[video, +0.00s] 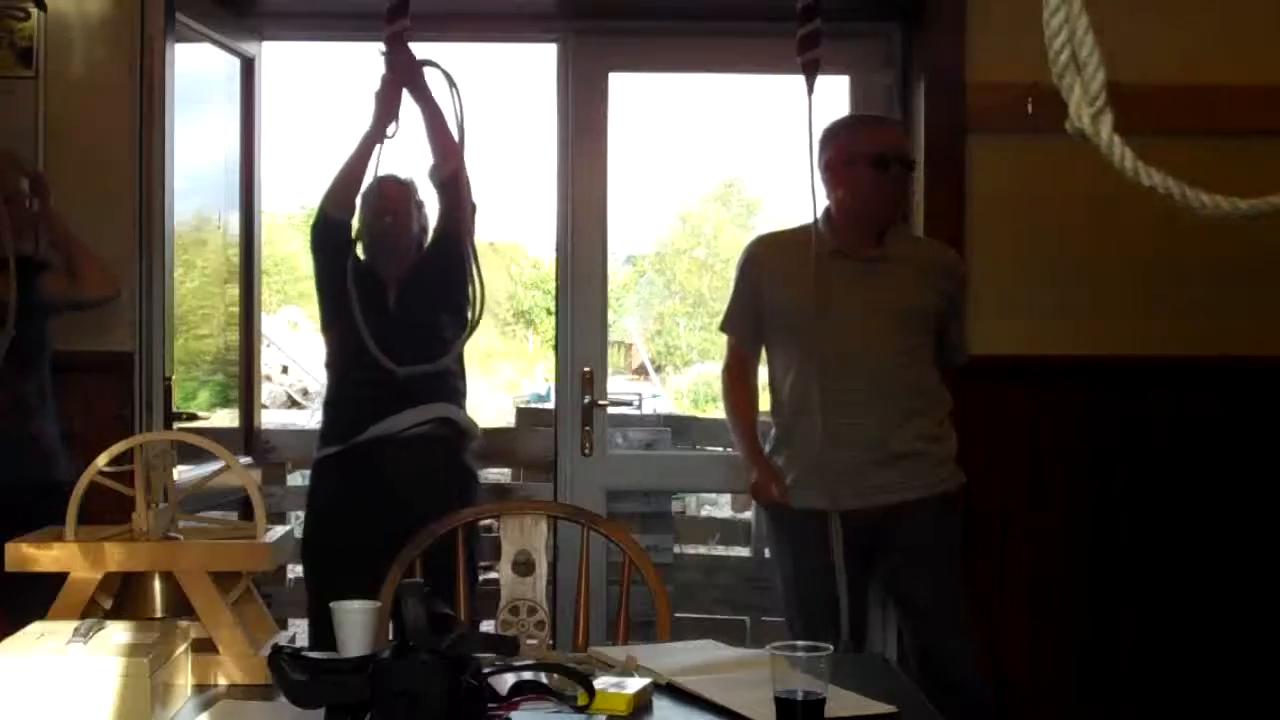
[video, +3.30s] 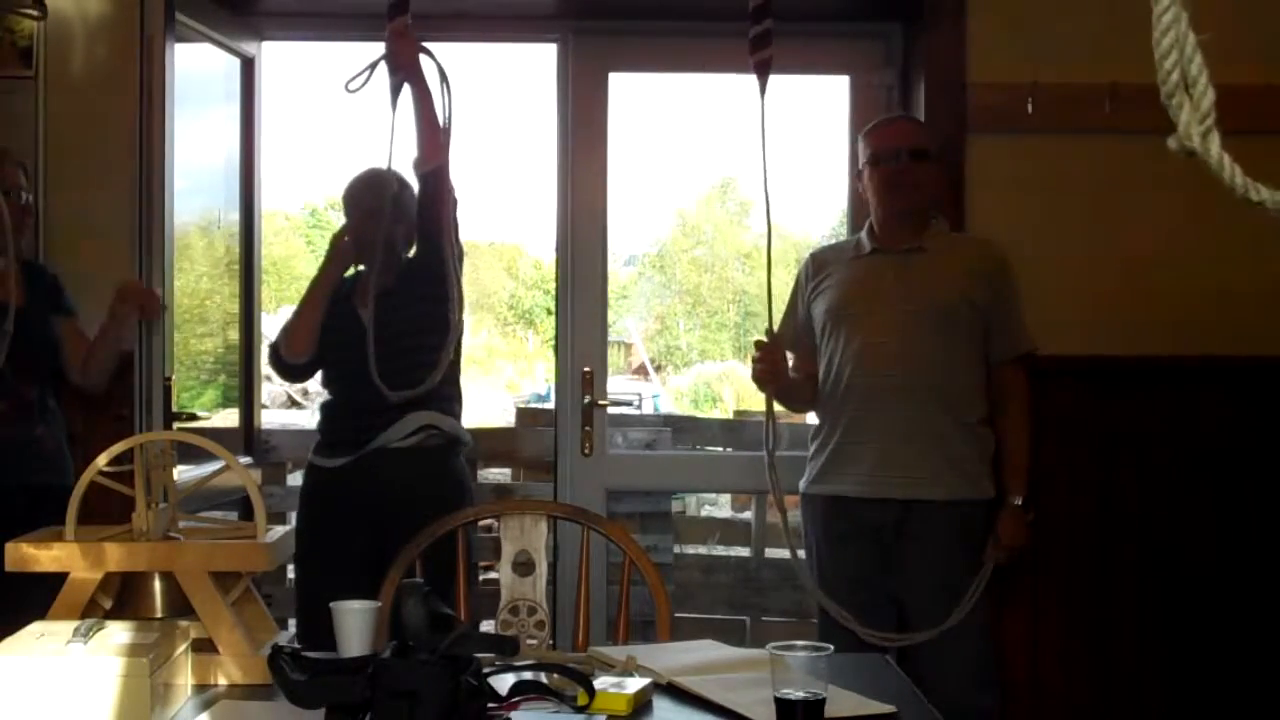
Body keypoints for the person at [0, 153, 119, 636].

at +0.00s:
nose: (15, 211)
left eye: (18, 198)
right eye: (7, 199)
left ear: (27, 207)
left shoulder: (25, 275)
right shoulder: (21, 276)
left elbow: (100, 288)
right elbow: (99, 287)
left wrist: (51, 214)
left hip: (37, 462)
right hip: (16, 465)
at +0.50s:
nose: (19, 219)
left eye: (21, 209)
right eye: (13, 209)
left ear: (23, 217)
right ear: (1, 217)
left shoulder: (16, 284)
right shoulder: (16, 285)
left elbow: (76, 336)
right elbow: (75, 335)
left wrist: (32, 254)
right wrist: (31, 256)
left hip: (18, 454)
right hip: (14, 455)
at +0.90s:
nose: (30, 243)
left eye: (26, 228)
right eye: (21, 230)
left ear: (27, 230)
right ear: (13, 234)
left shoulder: (23, 285)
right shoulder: (14, 288)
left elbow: (28, 381)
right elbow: (28, 381)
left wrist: (47, 312)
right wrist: (48, 313)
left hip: (14, 457)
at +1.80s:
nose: (36, 215)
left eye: (39, 200)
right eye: (21, 202)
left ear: (46, 202)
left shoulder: (41, 281)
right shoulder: (6, 281)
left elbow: (70, 391)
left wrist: (80, 324)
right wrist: (13, 312)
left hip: (44, 470)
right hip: (12, 472)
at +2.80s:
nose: (38, 214)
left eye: (39, 199)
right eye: (23, 200)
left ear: (42, 207)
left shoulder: (44, 287)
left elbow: (78, 394)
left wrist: (77, 330)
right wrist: (11, 306)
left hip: (44, 464)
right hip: (11, 464)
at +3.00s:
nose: (23, 213)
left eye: (25, 199)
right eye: (12, 200)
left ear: (34, 207)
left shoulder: (39, 282)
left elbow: (96, 368)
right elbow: (96, 366)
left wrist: (96, 283)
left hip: (41, 467)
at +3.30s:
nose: (23, 205)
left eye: (25, 193)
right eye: (11, 193)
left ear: (30, 201)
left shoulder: (35, 281)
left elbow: (88, 375)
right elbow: (87, 374)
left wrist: (122, 314)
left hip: (40, 467)